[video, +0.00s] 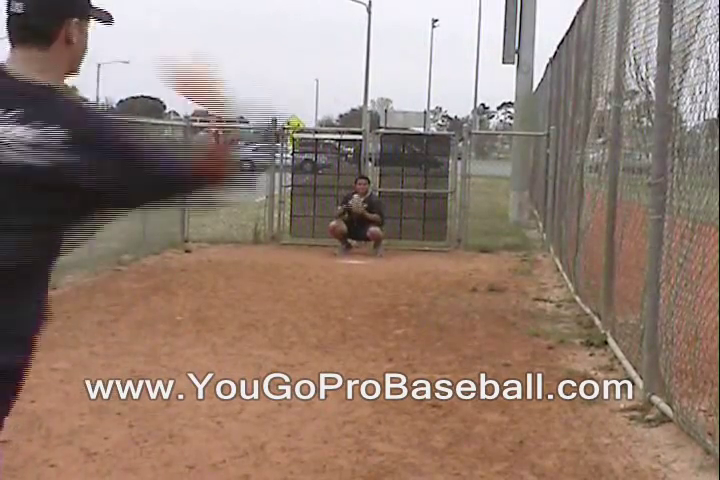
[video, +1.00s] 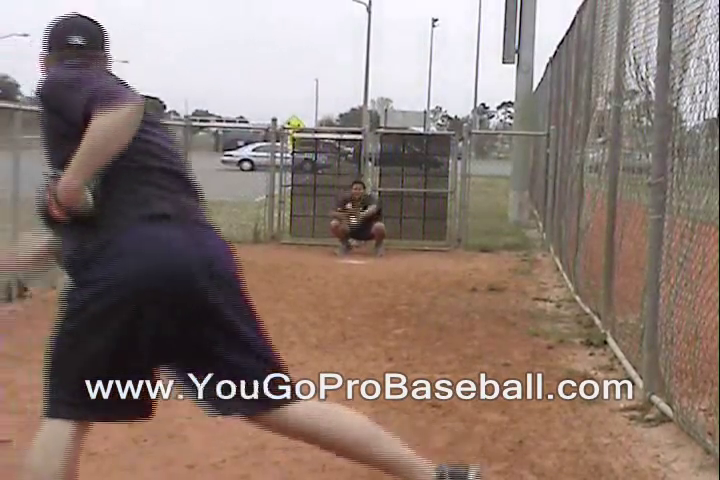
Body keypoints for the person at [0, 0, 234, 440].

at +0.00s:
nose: (86, 43)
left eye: (87, 31)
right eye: (86, 30)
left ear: (17, 29)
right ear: (69, 33)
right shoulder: (68, 123)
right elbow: (144, 174)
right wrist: (210, 163)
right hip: (11, 310)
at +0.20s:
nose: (89, 32)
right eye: (90, 24)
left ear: (19, 26)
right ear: (83, 29)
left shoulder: (9, 73)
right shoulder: (117, 93)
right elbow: (107, 183)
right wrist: (65, 220)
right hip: (44, 265)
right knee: (17, 387)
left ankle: (6, 456)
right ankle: (3, 455)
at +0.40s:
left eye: (23, 17)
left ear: (24, 18)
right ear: (81, 23)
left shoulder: (22, 51)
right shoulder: (92, 65)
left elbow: (14, 95)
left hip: (26, 241)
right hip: (99, 242)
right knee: (39, 426)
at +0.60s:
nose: (6, 29)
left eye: (10, 21)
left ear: (14, 24)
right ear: (68, 25)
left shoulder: (15, 53)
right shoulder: (81, 57)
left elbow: (95, 64)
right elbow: (99, 65)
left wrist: (24, 127)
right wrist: (24, 128)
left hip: (51, 235)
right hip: (134, 234)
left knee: (16, 412)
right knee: (135, 408)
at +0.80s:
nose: (15, 52)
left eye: (17, 44)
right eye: (20, 45)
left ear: (23, 42)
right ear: (72, 39)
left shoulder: (39, 63)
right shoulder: (92, 74)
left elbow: (122, 80)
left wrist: (67, 150)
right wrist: (15, 185)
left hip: (95, 245)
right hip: (167, 241)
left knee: (37, 411)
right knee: (189, 399)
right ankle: (367, 440)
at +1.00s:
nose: (40, 62)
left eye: (44, 54)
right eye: (43, 54)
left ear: (57, 52)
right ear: (102, 52)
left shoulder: (63, 78)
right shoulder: (132, 99)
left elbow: (121, 108)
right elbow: (115, 208)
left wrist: (71, 183)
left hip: (126, 257)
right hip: (200, 248)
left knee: (63, 417)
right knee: (272, 401)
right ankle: (429, 472)